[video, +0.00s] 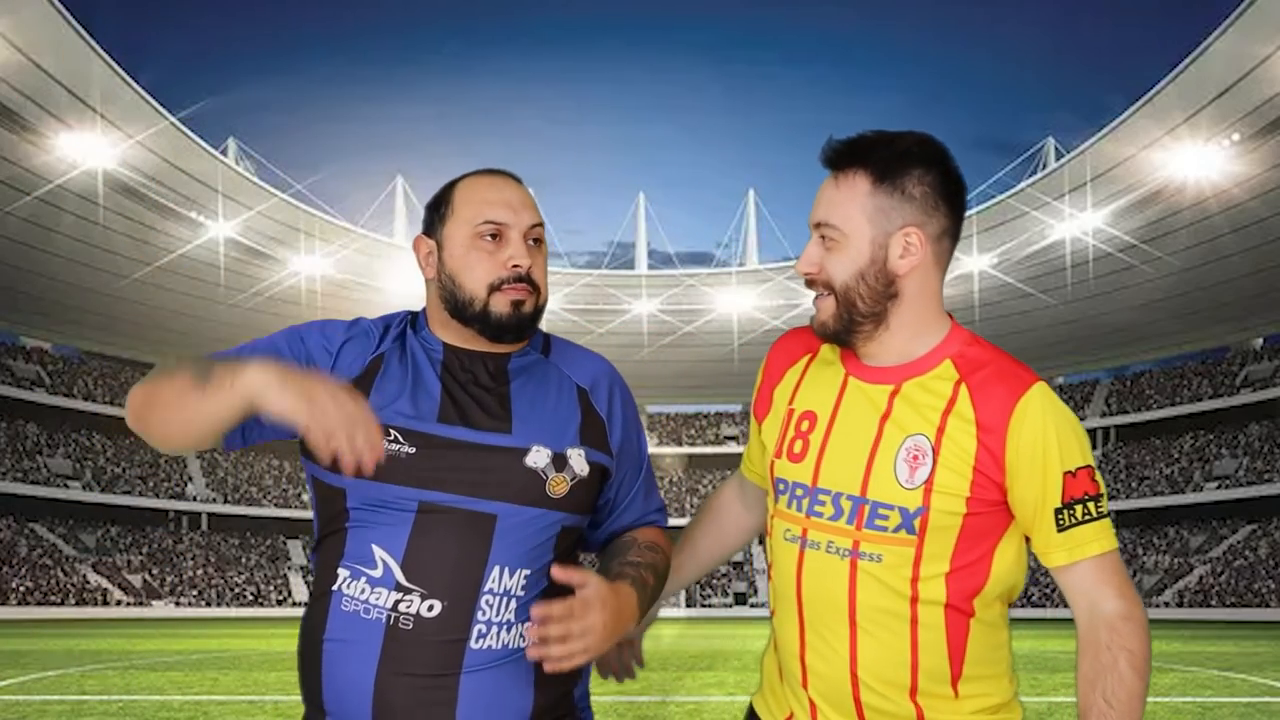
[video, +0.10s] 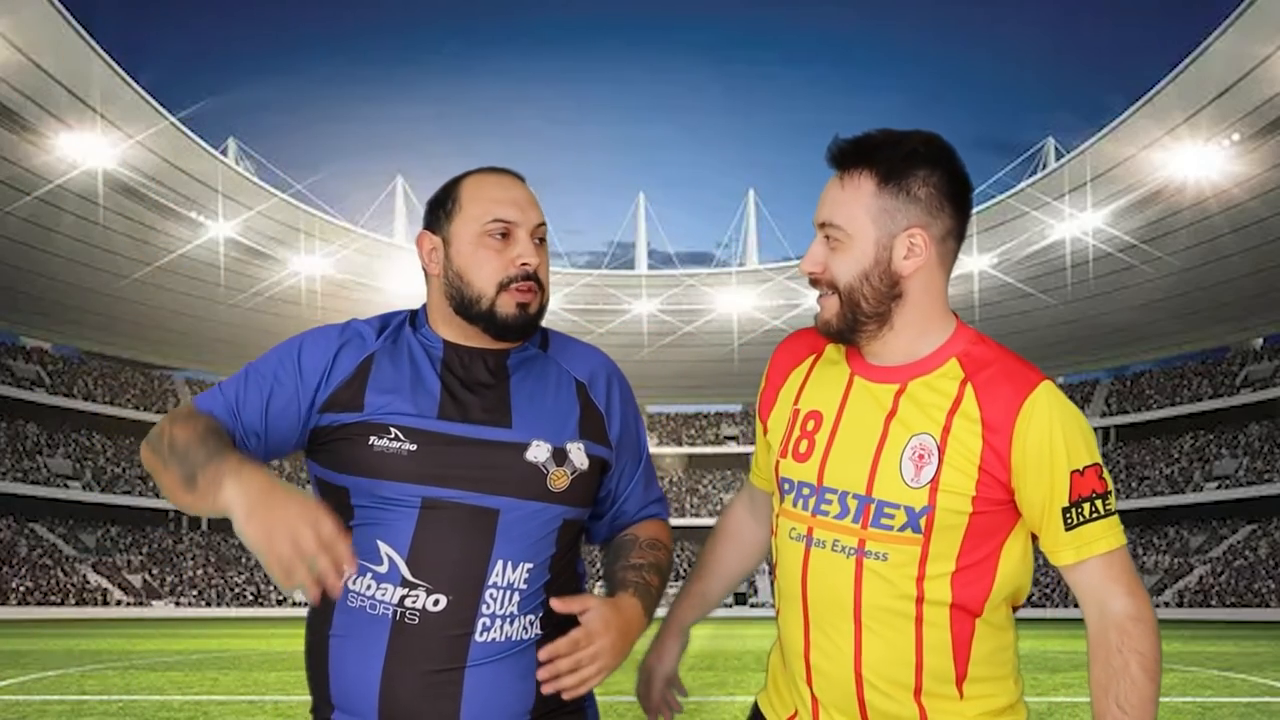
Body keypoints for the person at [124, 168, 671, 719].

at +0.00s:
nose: (522, 259)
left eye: (534, 240)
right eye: (492, 237)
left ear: (548, 256)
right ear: (429, 256)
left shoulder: (594, 389)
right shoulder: (345, 355)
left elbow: (642, 532)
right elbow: (145, 413)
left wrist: (626, 600)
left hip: (536, 711)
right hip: (355, 708)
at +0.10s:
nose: (530, 257)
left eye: (539, 238)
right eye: (500, 234)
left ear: (551, 253)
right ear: (433, 252)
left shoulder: (593, 384)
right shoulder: (338, 360)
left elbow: (641, 523)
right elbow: (171, 440)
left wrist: (631, 607)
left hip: (531, 703)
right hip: (363, 702)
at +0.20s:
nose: (542, 261)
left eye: (546, 241)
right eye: (512, 238)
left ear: (553, 254)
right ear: (439, 253)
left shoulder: (595, 383)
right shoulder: (340, 365)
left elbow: (645, 519)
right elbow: (205, 474)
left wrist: (640, 610)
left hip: (545, 709)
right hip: (369, 708)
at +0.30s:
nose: (554, 265)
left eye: (555, 244)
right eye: (524, 241)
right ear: (450, 253)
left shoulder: (600, 381)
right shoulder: (344, 369)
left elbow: (649, 517)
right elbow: (242, 504)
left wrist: (652, 616)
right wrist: (254, 645)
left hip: (548, 709)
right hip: (374, 707)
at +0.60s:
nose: (597, 268)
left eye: (599, 250)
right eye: (569, 246)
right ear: (495, 257)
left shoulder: (632, 378)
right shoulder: (385, 371)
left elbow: (670, 529)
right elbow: (303, 533)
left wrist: (668, 642)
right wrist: (324, 690)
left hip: (585, 704)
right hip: (415, 704)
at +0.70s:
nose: (609, 274)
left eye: (611, 254)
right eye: (582, 250)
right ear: (506, 258)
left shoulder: (633, 373)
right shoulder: (389, 369)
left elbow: (663, 533)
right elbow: (311, 539)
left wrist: (666, 655)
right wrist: (335, 688)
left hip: (588, 709)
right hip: (415, 709)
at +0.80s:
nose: (611, 272)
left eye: (610, 251)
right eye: (583, 248)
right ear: (505, 257)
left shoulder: (624, 371)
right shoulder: (388, 366)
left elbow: (651, 526)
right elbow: (304, 537)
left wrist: (659, 642)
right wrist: (328, 684)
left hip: (582, 709)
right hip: (412, 708)